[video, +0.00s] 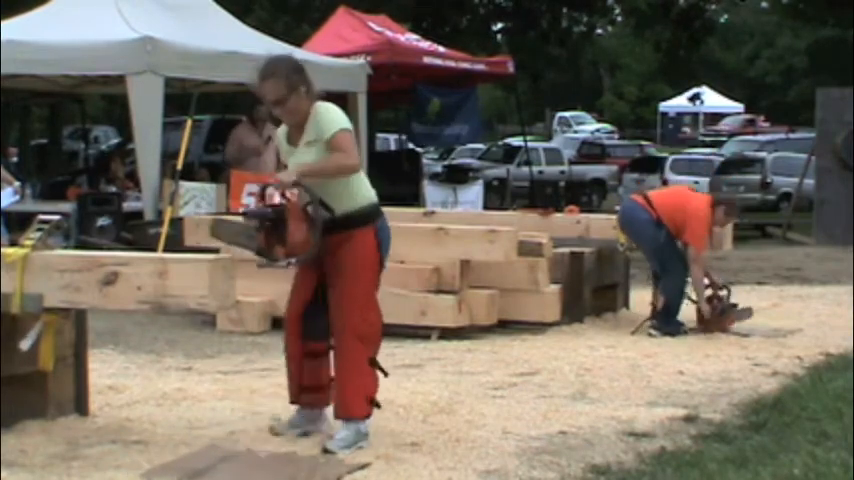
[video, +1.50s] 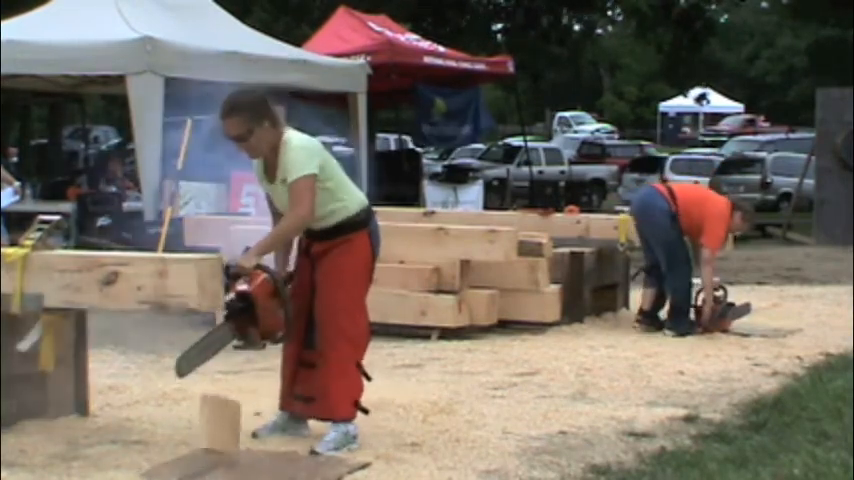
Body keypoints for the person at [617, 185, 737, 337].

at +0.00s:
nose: (724, 224)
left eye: (729, 221)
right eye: (726, 219)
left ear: (718, 208)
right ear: (720, 209)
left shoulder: (700, 203)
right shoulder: (700, 212)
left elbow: (693, 252)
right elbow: (695, 262)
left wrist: (709, 278)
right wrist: (701, 302)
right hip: (641, 215)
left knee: (669, 265)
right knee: (676, 267)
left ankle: (663, 317)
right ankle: (665, 321)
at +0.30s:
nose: (728, 228)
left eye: (733, 226)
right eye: (731, 223)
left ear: (725, 208)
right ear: (726, 210)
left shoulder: (709, 204)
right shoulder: (706, 211)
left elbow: (693, 251)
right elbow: (691, 254)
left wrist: (705, 280)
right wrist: (694, 296)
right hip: (645, 208)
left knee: (671, 267)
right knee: (672, 269)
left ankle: (664, 318)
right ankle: (665, 322)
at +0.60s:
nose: (730, 223)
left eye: (734, 221)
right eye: (733, 218)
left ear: (726, 205)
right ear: (727, 206)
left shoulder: (709, 200)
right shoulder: (708, 209)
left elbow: (696, 250)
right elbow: (695, 253)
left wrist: (706, 279)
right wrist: (699, 293)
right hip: (648, 206)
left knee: (661, 263)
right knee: (671, 265)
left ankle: (653, 314)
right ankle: (665, 321)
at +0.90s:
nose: (729, 212)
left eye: (733, 209)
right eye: (731, 206)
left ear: (722, 192)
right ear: (723, 194)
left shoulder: (701, 187)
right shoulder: (706, 194)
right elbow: (693, 241)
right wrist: (706, 279)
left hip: (636, 200)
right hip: (649, 208)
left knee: (656, 265)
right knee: (673, 265)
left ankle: (646, 313)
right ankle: (667, 320)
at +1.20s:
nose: (732, 221)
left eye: (737, 219)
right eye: (735, 216)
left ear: (727, 203)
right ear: (729, 205)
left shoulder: (705, 199)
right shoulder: (712, 209)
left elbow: (697, 249)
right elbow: (702, 256)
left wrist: (704, 282)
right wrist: (704, 297)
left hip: (638, 202)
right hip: (653, 209)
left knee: (657, 266)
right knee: (679, 268)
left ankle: (647, 313)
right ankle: (678, 322)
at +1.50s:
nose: (737, 232)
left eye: (741, 230)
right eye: (741, 228)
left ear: (736, 214)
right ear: (738, 216)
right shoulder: (720, 212)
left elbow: (699, 248)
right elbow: (706, 261)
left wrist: (707, 279)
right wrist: (708, 304)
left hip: (644, 200)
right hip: (658, 207)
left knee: (655, 265)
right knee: (680, 268)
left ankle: (647, 313)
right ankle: (678, 321)